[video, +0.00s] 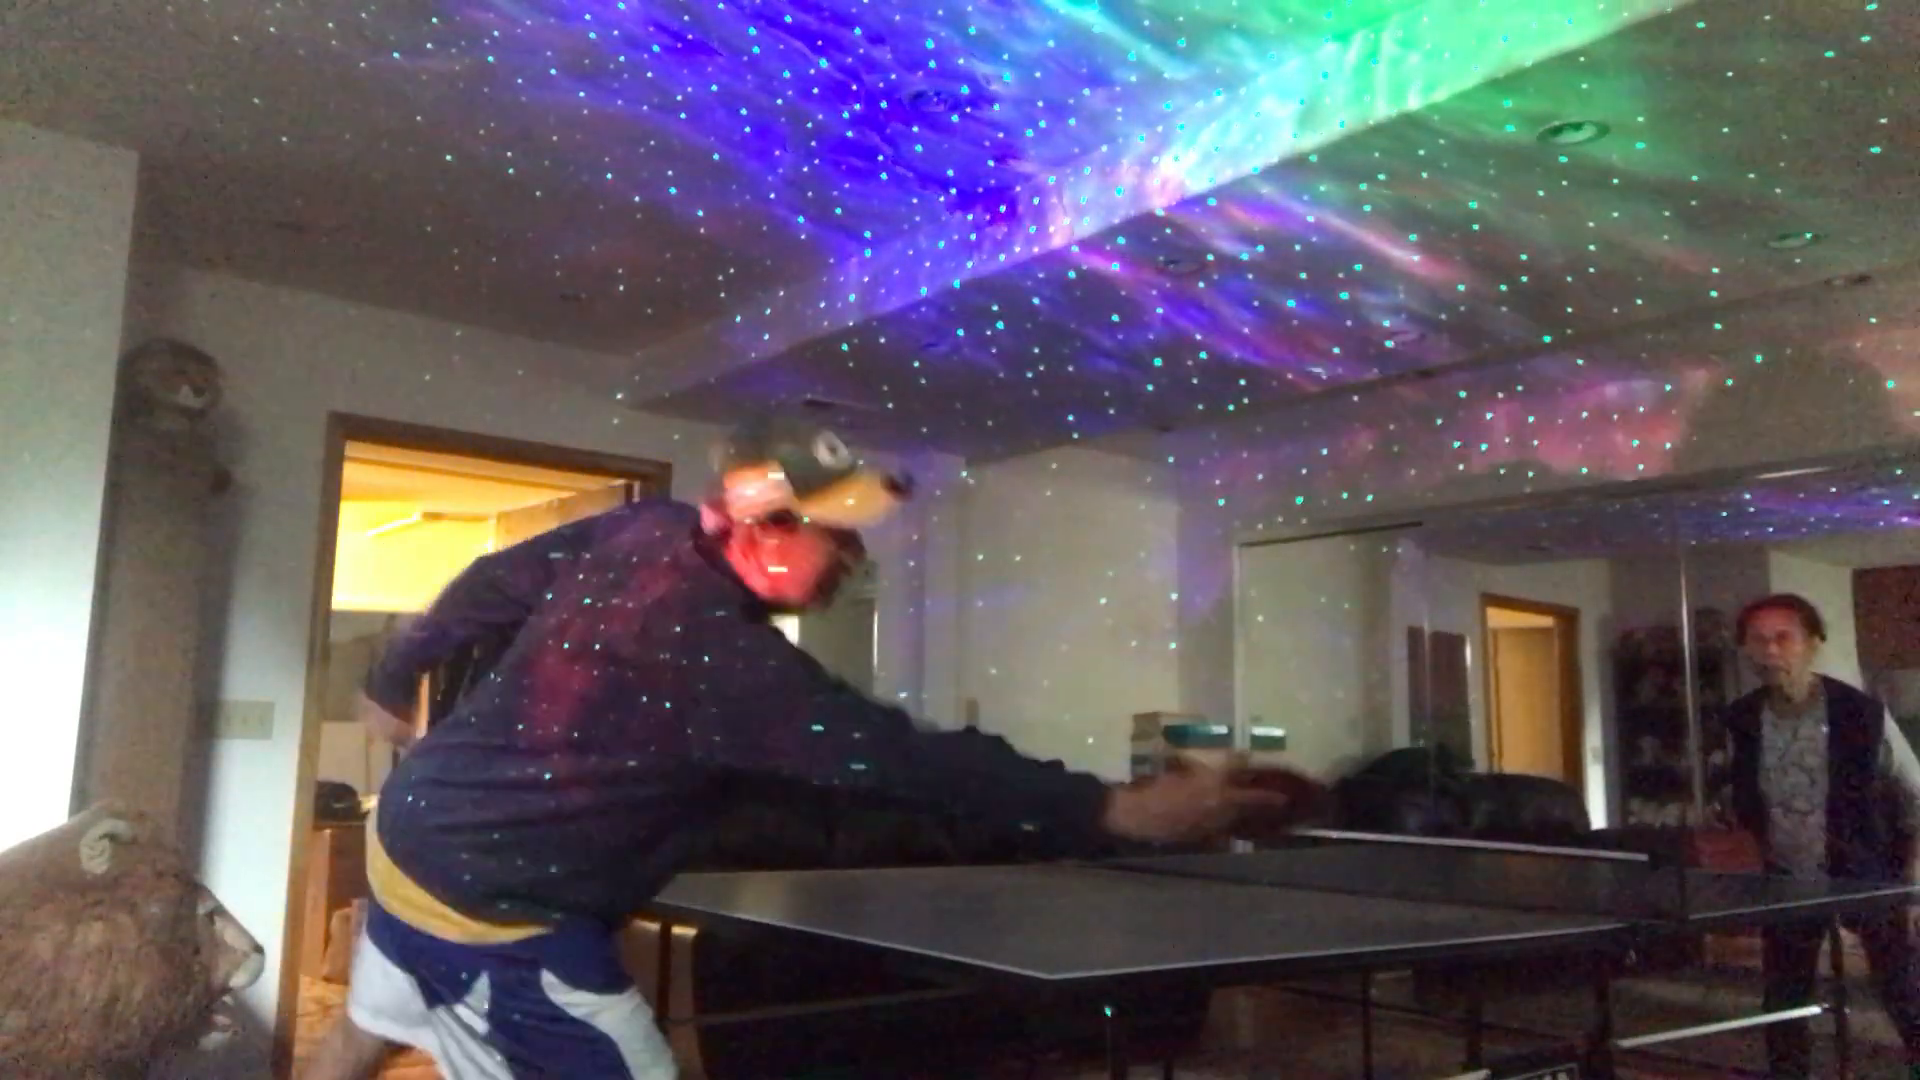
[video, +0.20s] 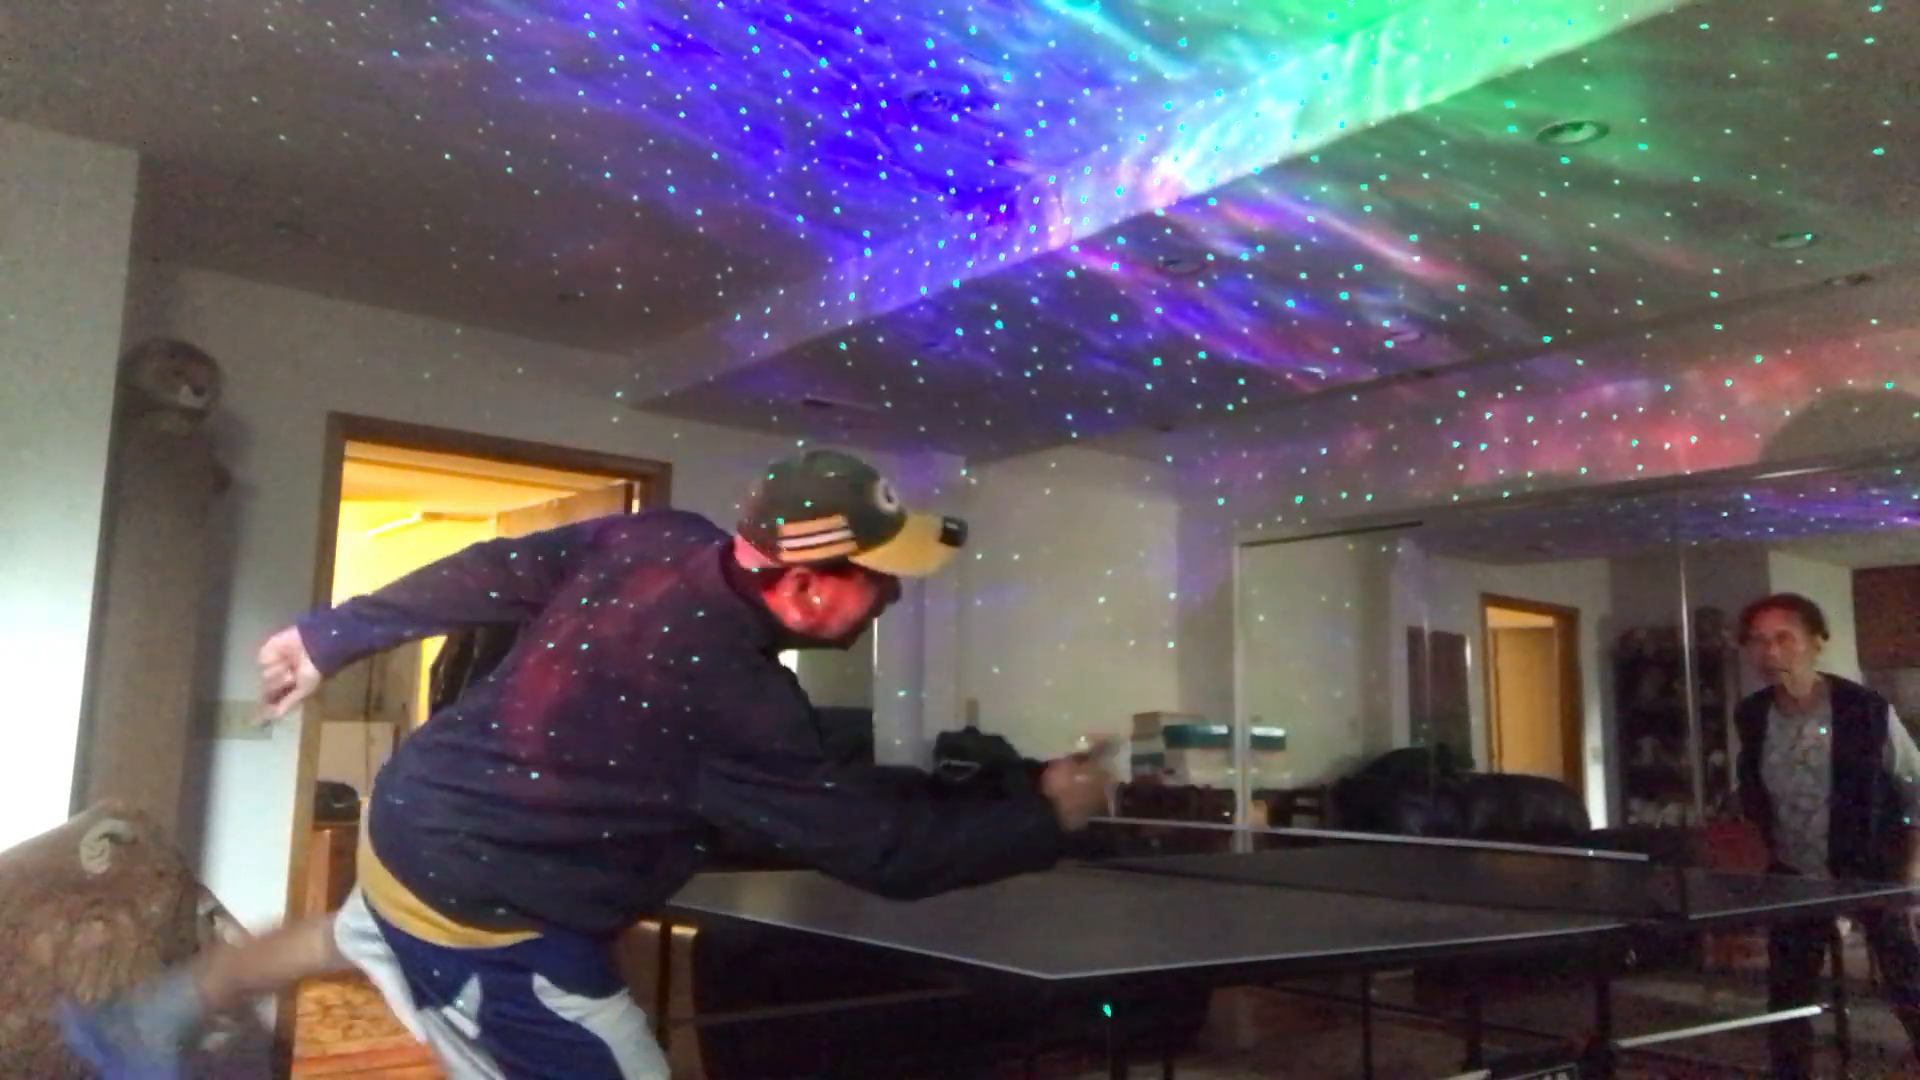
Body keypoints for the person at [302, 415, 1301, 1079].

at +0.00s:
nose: (851, 570)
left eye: (852, 546)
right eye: (839, 547)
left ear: (744, 517)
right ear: (769, 536)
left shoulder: (637, 526)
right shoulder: (742, 668)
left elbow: (490, 583)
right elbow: (909, 759)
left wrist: (397, 674)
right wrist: (1116, 809)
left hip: (404, 855)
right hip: (505, 925)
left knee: (362, 1032)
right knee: (632, 1065)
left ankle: (324, 1066)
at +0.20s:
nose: (879, 607)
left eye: (884, 585)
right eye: (870, 585)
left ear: (778, 549)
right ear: (798, 573)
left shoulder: (655, 537)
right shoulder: (736, 700)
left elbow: (489, 574)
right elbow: (892, 841)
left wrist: (330, 633)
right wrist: (1047, 812)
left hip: (407, 813)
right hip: (484, 936)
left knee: (355, 929)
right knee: (620, 1063)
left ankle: (163, 1012)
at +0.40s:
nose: (882, 589)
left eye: (888, 566)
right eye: (876, 567)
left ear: (775, 511)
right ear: (812, 552)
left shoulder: (644, 515)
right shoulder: (718, 665)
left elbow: (474, 579)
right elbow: (792, 878)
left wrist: (333, 673)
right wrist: (928, 856)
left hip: (382, 778)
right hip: (453, 893)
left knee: (349, 907)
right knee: (587, 1060)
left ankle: (123, 923)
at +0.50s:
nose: (848, 570)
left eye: (858, 545)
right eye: (847, 545)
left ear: (762, 481)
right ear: (796, 519)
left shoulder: (645, 502)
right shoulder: (699, 626)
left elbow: (469, 572)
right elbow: (668, 859)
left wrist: (327, 684)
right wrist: (818, 879)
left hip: (368, 792)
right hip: (448, 887)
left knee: (342, 947)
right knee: (570, 1061)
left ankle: (112, 976)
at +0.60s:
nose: (839, 528)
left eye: (848, 506)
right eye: (836, 502)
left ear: (739, 460)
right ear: (780, 492)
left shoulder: (602, 481)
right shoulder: (674, 603)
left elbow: (438, 576)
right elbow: (571, 814)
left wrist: (311, 700)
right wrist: (720, 888)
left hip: (342, 806)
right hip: (437, 878)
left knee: (299, 1000)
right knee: (544, 1062)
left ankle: (114, 1063)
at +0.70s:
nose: (799, 473)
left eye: (801, 450)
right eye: (781, 444)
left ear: (699, 426)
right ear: (708, 429)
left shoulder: (564, 467)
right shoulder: (615, 526)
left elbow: (404, 582)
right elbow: (467, 744)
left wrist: (297, 722)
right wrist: (622, 870)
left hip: (339, 817)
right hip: (410, 861)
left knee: (360, 1063)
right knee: (510, 1057)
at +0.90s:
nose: (596, 366)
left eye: (601, 340)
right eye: (566, 334)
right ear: (484, 340)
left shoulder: (483, 484)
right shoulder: (400, 464)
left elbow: (407, 702)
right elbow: (286, 703)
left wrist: (500, 787)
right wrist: (460, 827)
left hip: (400, 913)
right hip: (334, 917)